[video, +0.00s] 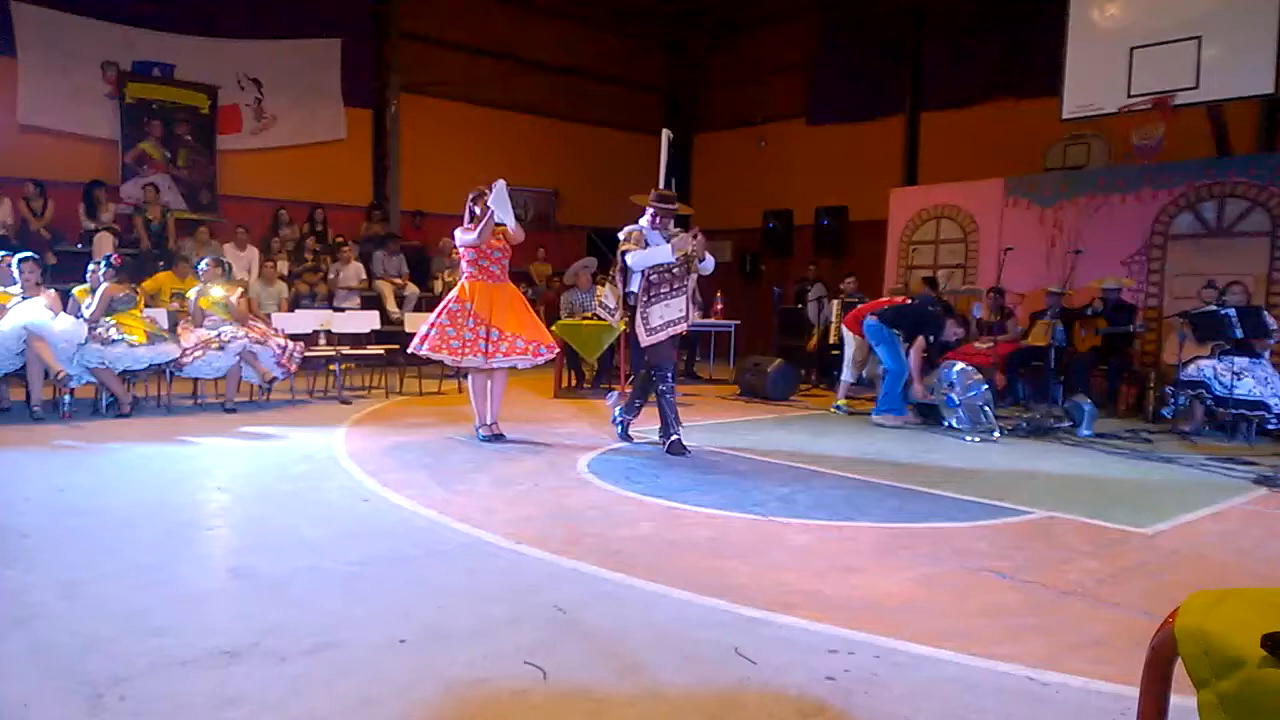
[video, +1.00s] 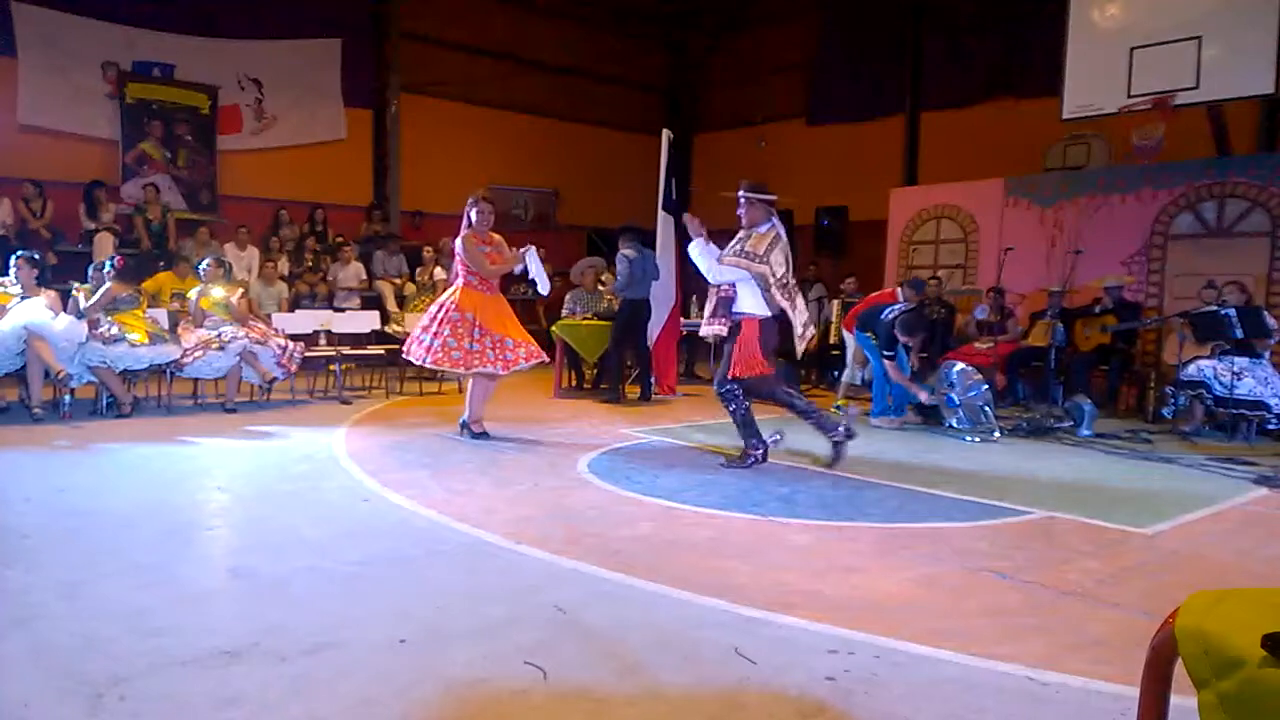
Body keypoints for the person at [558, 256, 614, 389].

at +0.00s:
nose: (588, 277)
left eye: (588, 274)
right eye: (584, 274)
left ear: (591, 275)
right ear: (576, 278)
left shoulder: (602, 292)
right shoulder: (567, 296)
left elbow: (611, 311)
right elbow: (565, 317)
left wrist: (597, 316)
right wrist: (580, 317)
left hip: (599, 329)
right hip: (577, 330)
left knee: (608, 348)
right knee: (569, 348)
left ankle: (598, 379)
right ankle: (580, 378)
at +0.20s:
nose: (589, 276)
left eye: (589, 273)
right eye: (585, 274)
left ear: (592, 275)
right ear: (577, 278)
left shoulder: (602, 292)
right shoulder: (567, 296)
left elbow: (610, 312)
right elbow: (565, 317)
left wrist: (596, 315)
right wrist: (579, 317)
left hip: (598, 330)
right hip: (577, 330)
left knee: (608, 347)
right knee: (569, 348)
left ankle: (598, 379)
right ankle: (580, 378)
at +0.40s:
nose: (589, 277)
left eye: (590, 274)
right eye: (585, 275)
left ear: (593, 276)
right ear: (578, 278)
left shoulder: (603, 292)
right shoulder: (568, 296)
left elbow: (613, 312)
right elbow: (565, 317)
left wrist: (597, 316)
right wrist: (579, 318)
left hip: (599, 330)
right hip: (578, 331)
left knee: (608, 348)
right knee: (569, 348)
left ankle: (598, 380)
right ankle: (580, 377)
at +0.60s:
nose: (590, 278)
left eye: (592, 274)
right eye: (587, 275)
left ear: (595, 276)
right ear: (579, 278)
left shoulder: (605, 292)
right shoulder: (569, 295)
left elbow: (615, 313)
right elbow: (565, 316)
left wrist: (598, 315)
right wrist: (579, 317)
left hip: (600, 331)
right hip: (578, 331)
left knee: (608, 349)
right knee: (570, 348)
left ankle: (598, 380)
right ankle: (579, 378)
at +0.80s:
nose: (592, 276)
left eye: (593, 272)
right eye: (588, 273)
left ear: (597, 276)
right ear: (580, 277)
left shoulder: (606, 293)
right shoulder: (570, 295)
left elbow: (613, 313)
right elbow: (565, 315)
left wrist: (597, 316)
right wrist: (579, 317)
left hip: (600, 331)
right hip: (578, 330)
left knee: (608, 348)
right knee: (570, 347)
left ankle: (598, 379)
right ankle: (579, 377)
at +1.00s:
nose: (595, 277)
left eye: (596, 274)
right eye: (591, 274)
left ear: (598, 276)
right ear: (582, 277)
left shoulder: (606, 295)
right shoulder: (572, 296)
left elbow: (613, 313)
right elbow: (565, 315)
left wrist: (597, 315)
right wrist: (578, 317)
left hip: (600, 331)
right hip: (578, 331)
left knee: (608, 350)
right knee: (570, 347)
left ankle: (598, 379)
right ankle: (579, 378)